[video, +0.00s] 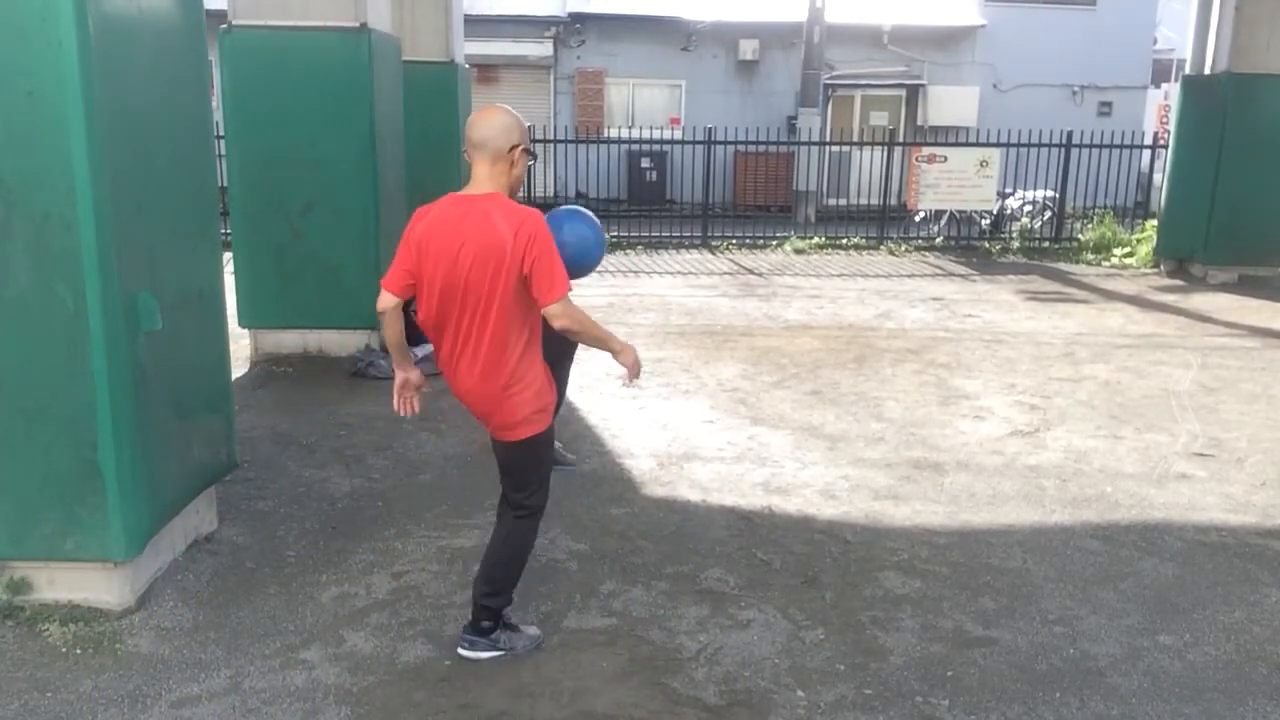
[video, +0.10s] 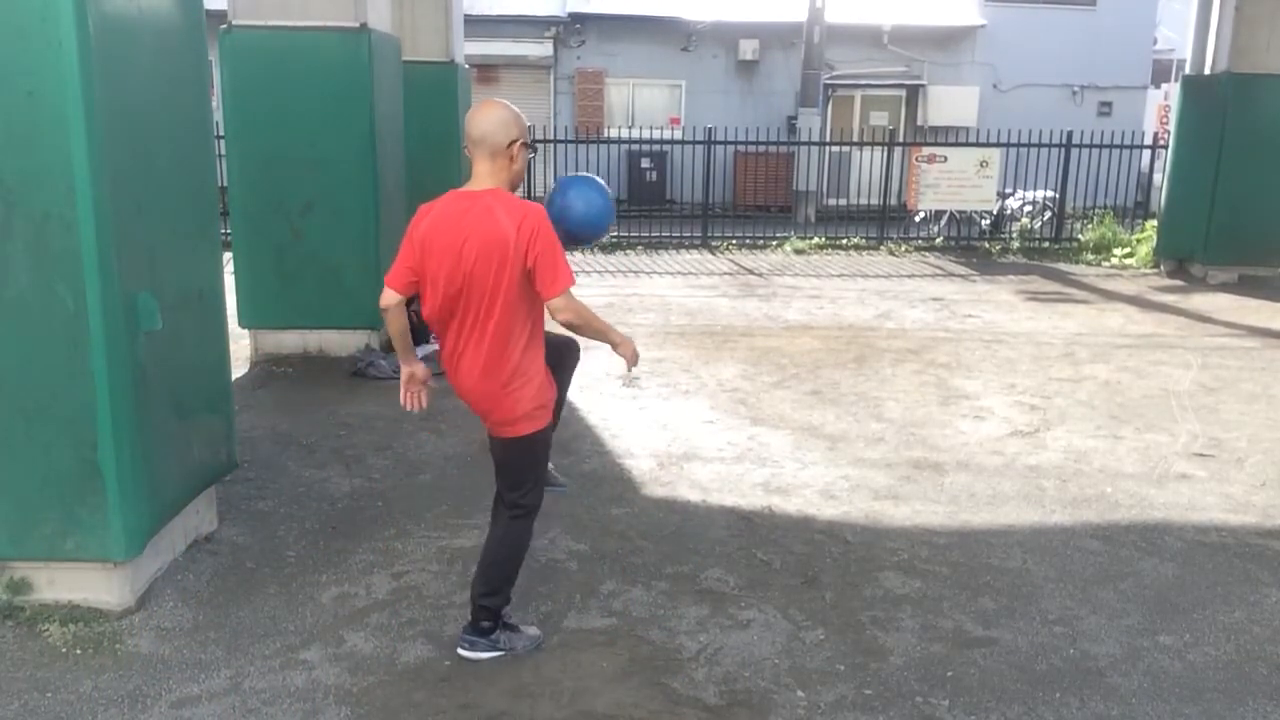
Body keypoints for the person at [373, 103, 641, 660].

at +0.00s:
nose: (527, 163)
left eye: (524, 153)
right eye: (527, 154)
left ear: (469, 155)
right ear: (516, 157)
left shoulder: (427, 220)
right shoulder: (525, 224)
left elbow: (388, 303)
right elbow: (558, 314)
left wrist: (402, 364)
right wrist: (616, 345)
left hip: (467, 379)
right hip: (519, 391)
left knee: (563, 324)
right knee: (521, 507)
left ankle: (539, 448)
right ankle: (484, 626)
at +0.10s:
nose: (527, 157)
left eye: (524, 147)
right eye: (526, 147)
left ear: (470, 151)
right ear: (514, 150)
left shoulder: (431, 216)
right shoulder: (528, 219)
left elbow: (391, 300)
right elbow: (562, 309)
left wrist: (408, 363)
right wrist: (616, 337)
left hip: (466, 371)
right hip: (516, 383)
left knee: (563, 350)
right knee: (516, 503)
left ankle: (534, 467)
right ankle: (484, 626)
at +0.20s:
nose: (527, 155)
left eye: (525, 145)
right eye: (525, 145)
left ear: (472, 149)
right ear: (510, 148)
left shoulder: (436, 215)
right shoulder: (523, 214)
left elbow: (400, 298)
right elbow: (560, 304)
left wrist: (425, 346)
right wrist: (614, 332)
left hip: (475, 380)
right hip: (517, 388)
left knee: (551, 417)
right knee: (513, 506)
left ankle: (507, 521)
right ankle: (484, 627)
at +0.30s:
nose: (527, 167)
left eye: (527, 156)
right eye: (525, 155)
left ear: (477, 156)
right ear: (503, 155)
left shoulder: (438, 219)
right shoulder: (508, 218)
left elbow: (412, 295)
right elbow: (536, 310)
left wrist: (458, 328)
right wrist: (601, 342)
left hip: (477, 385)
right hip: (524, 388)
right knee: (571, 481)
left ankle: (479, 586)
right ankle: (509, 593)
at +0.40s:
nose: (527, 177)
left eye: (527, 166)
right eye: (524, 165)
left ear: (478, 164)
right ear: (499, 163)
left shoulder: (449, 222)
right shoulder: (495, 227)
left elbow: (435, 290)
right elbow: (505, 322)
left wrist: (493, 321)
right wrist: (574, 373)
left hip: (482, 386)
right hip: (517, 381)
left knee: (510, 475)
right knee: (621, 411)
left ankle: (481, 586)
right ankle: (564, 516)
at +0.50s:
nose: (535, 173)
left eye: (533, 163)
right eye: (530, 162)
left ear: (491, 166)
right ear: (505, 166)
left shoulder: (464, 222)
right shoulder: (501, 232)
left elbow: (501, 282)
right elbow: (487, 322)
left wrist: (554, 294)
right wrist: (535, 404)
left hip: (499, 385)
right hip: (535, 380)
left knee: (520, 471)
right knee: (641, 335)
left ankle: (481, 586)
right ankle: (614, 448)